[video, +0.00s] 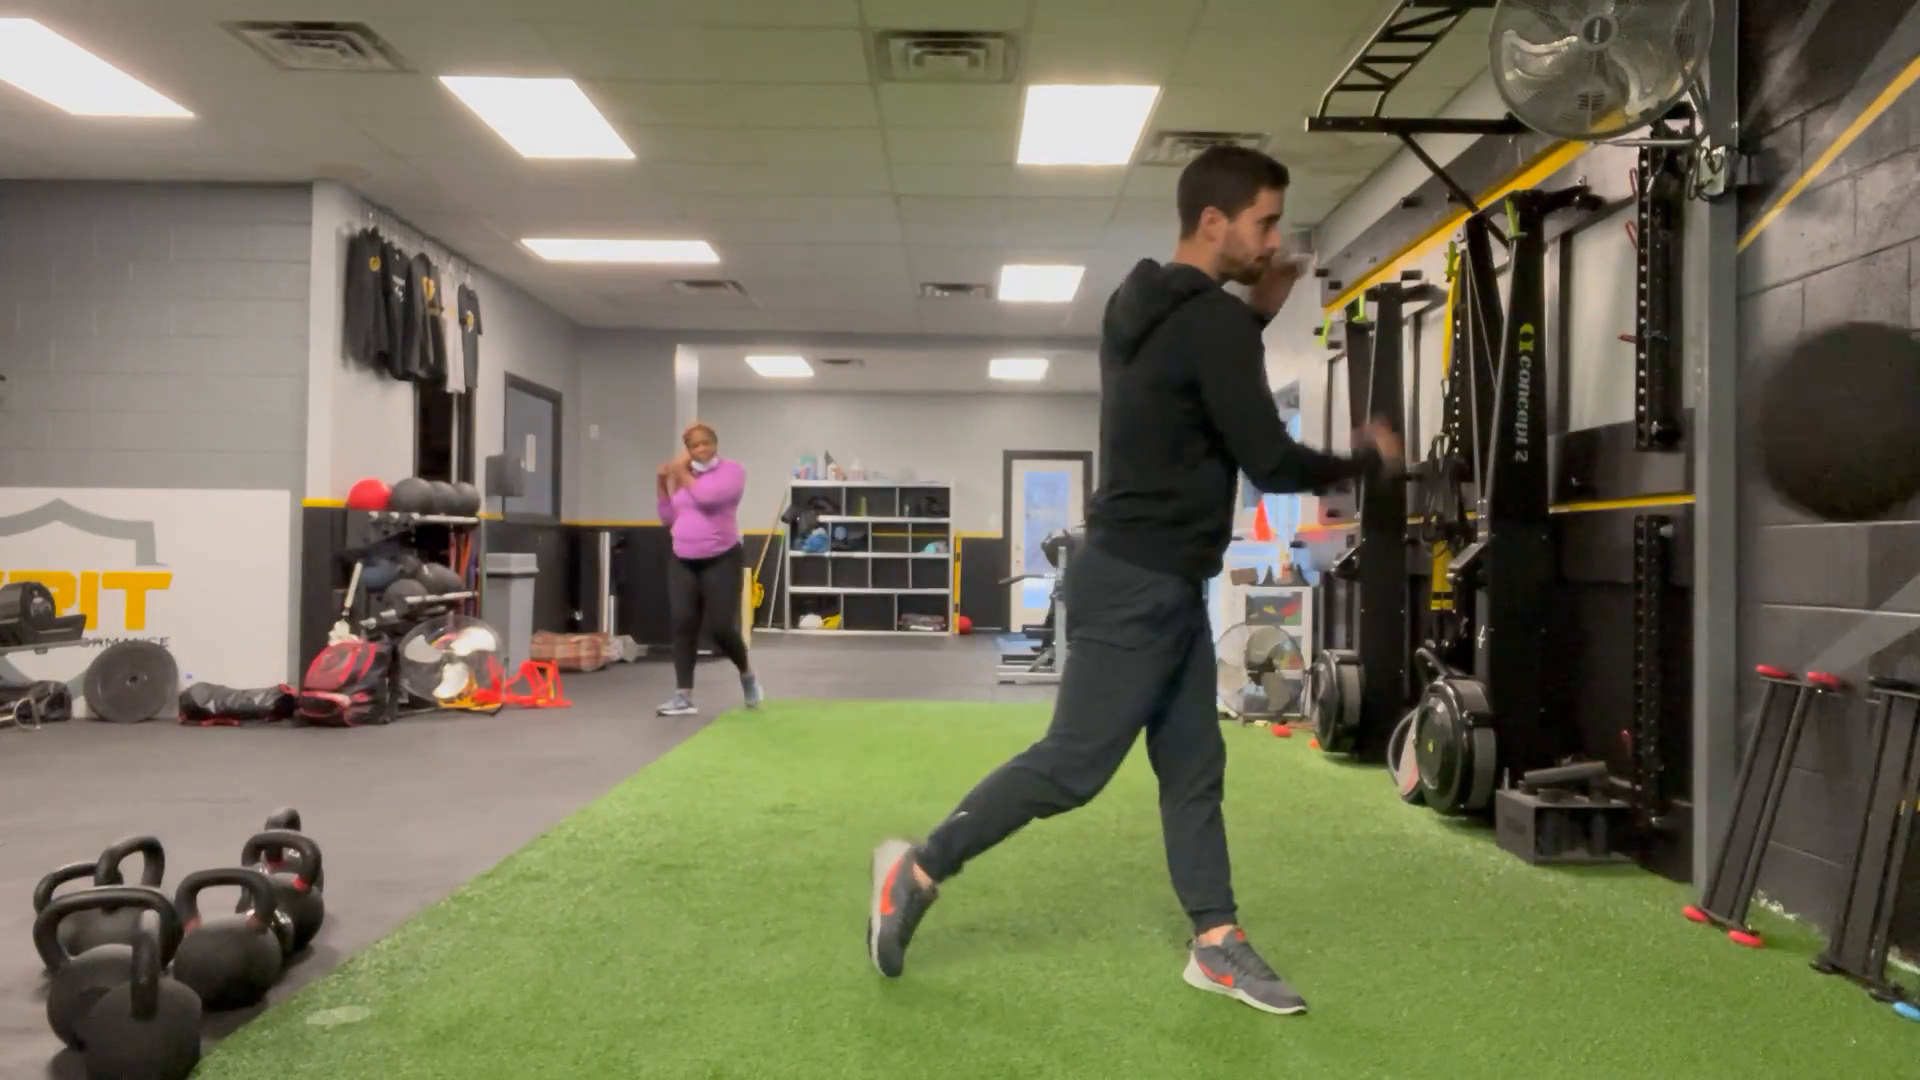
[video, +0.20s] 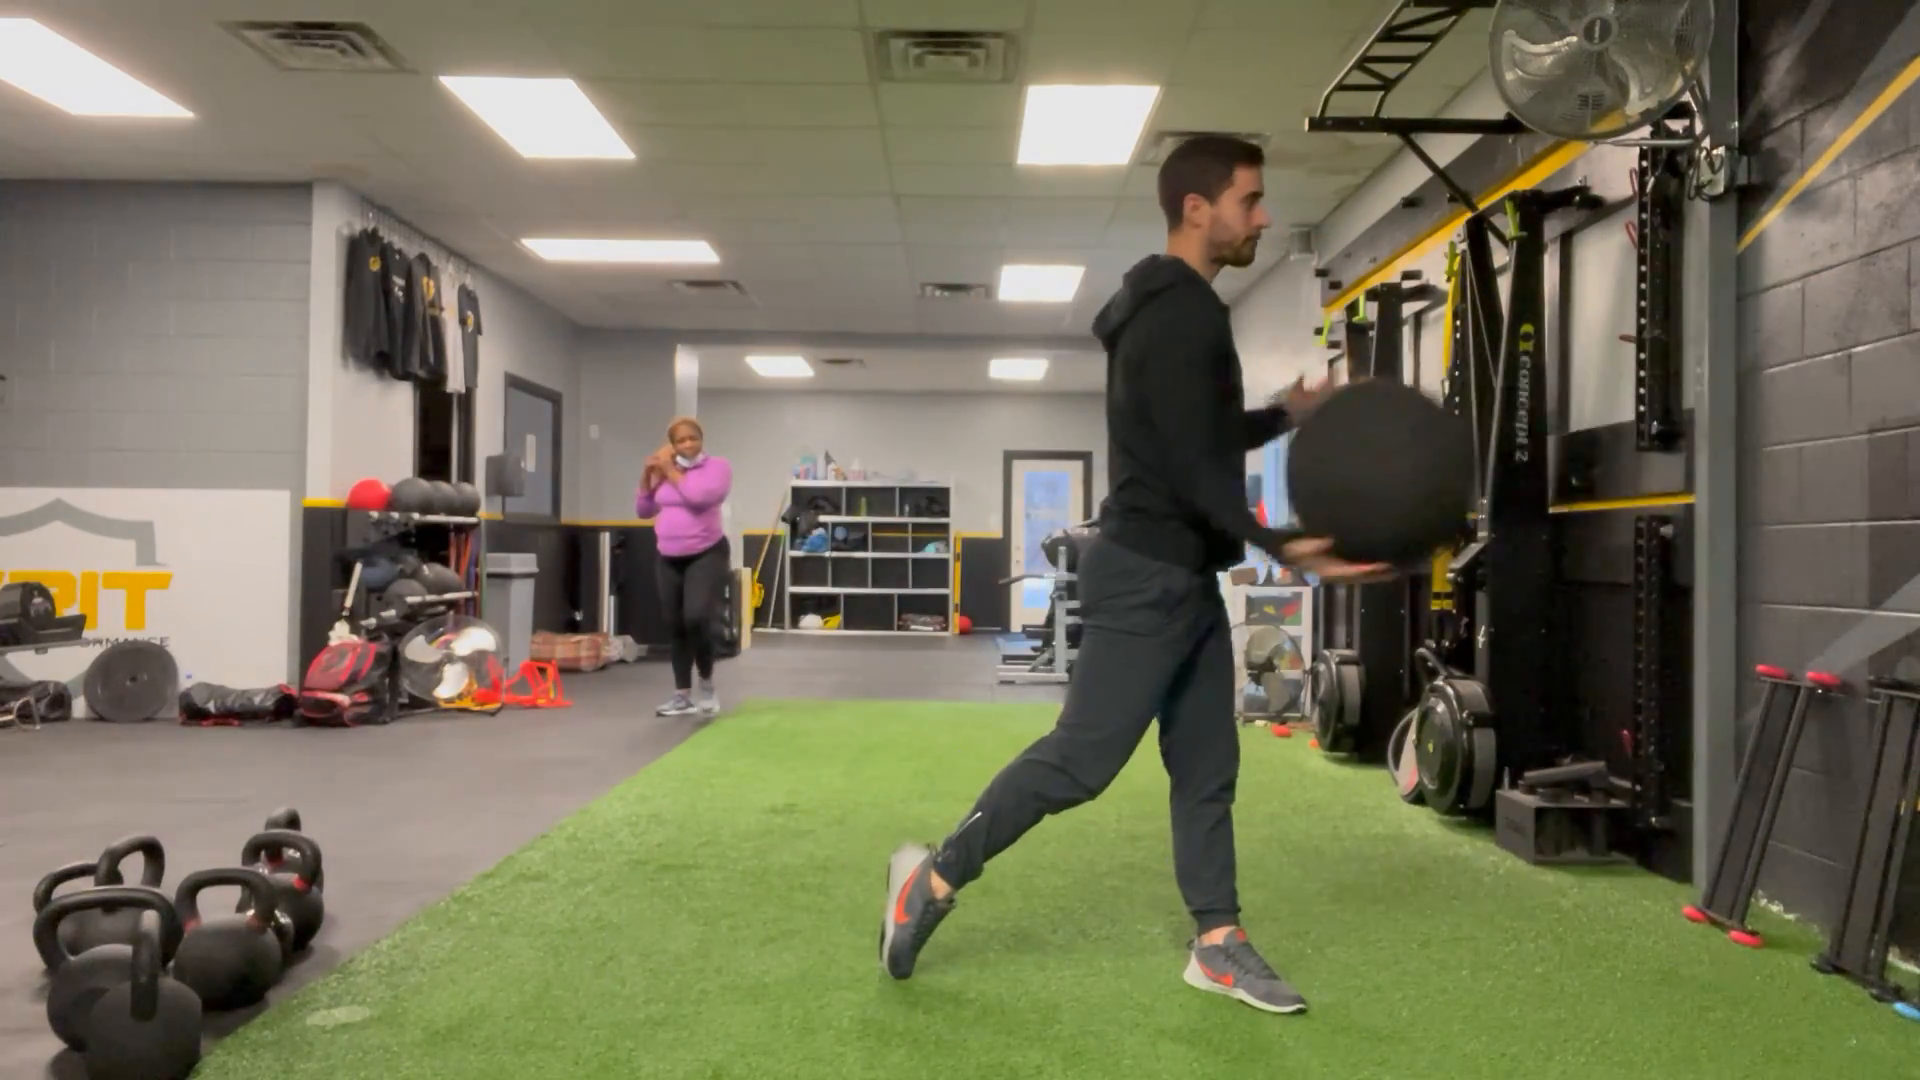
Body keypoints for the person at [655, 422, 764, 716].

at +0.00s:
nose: (702, 449)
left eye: (706, 443)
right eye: (695, 445)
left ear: (716, 445)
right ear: (687, 450)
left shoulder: (732, 471)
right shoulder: (682, 475)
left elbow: (707, 498)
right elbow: (667, 518)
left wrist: (683, 473)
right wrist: (663, 484)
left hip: (722, 557)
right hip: (684, 559)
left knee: (720, 626)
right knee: (683, 623)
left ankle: (747, 676)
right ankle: (683, 694)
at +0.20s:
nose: (687, 444)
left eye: (692, 438)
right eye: (681, 440)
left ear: (702, 440)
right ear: (672, 445)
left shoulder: (717, 467)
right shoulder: (664, 470)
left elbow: (698, 498)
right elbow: (644, 510)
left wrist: (670, 471)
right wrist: (647, 479)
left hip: (706, 553)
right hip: (670, 557)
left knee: (696, 617)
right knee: (676, 623)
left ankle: (706, 686)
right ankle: (682, 694)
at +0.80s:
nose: (655, 435)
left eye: (661, 429)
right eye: (649, 431)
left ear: (673, 431)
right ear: (642, 436)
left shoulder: (691, 460)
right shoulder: (637, 465)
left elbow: (663, 490)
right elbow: (626, 515)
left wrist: (637, 462)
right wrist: (619, 481)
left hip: (679, 555)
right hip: (637, 557)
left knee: (674, 629)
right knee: (622, 624)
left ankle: (679, 708)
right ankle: (629, 704)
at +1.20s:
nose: (613, 432)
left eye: (619, 426)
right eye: (605, 428)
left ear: (628, 428)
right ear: (595, 435)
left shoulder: (646, 458)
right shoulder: (585, 463)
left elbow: (623, 491)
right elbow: (569, 516)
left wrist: (591, 459)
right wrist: (564, 477)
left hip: (633, 558)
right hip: (589, 561)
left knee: (628, 634)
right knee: (592, 638)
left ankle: (657, 688)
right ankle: (597, 718)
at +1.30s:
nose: (604, 429)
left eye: (610, 422)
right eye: (597, 424)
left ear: (620, 425)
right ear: (586, 430)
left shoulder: (637, 455)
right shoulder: (573, 460)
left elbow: (616, 486)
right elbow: (558, 513)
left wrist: (582, 458)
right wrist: (555, 473)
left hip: (624, 555)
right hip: (579, 558)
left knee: (610, 628)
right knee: (586, 637)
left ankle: (629, 701)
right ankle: (595, 717)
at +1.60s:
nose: (580, 429)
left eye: (586, 422)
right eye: (572, 424)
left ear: (597, 424)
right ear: (560, 429)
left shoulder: (611, 456)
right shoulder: (549, 459)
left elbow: (589, 491)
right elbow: (532, 514)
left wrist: (557, 456)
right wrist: (527, 470)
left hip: (599, 557)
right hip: (555, 562)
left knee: (585, 641)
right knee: (565, 643)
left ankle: (580, 730)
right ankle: (594, 718)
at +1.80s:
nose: (553, 423)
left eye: (559, 416)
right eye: (549, 417)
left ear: (581, 422)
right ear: (548, 422)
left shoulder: (601, 457)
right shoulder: (539, 458)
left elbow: (570, 483)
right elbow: (521, 514)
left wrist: (544, 452)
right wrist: (515, 471)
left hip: (585, 555)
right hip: (541, 560)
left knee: (577, 644)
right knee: (518, 641)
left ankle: (576, 731)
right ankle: (556, 697)